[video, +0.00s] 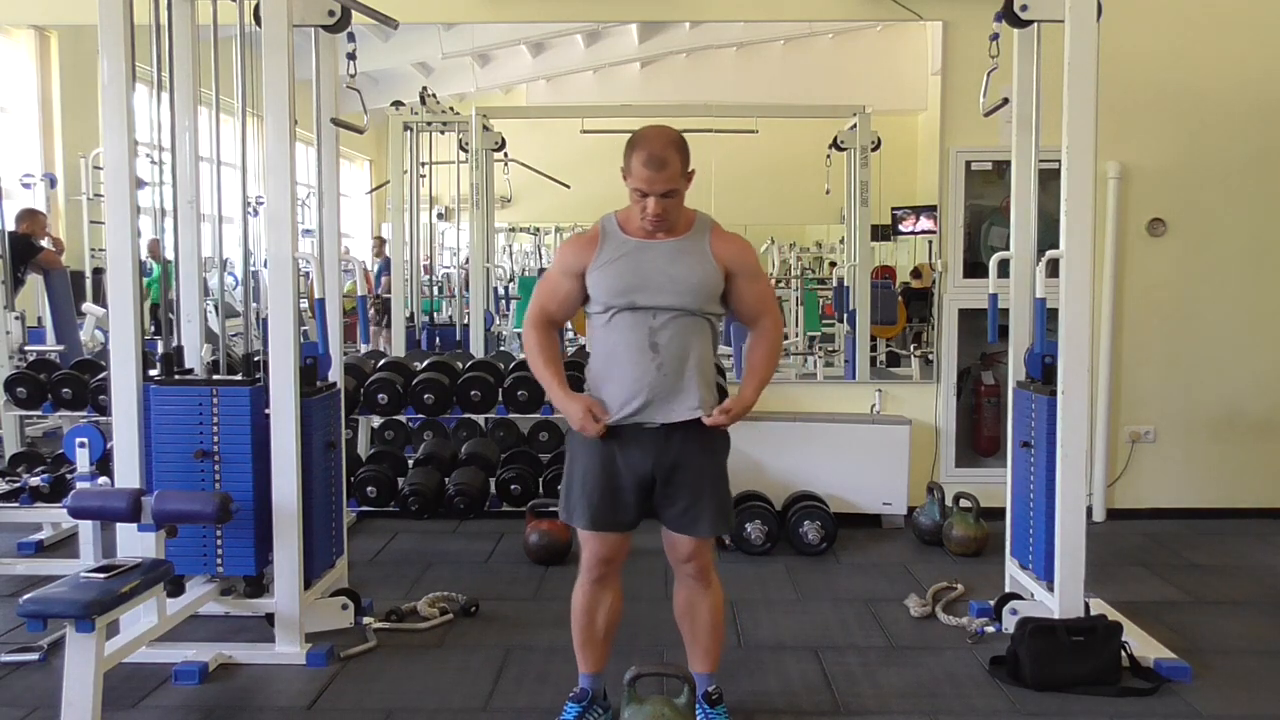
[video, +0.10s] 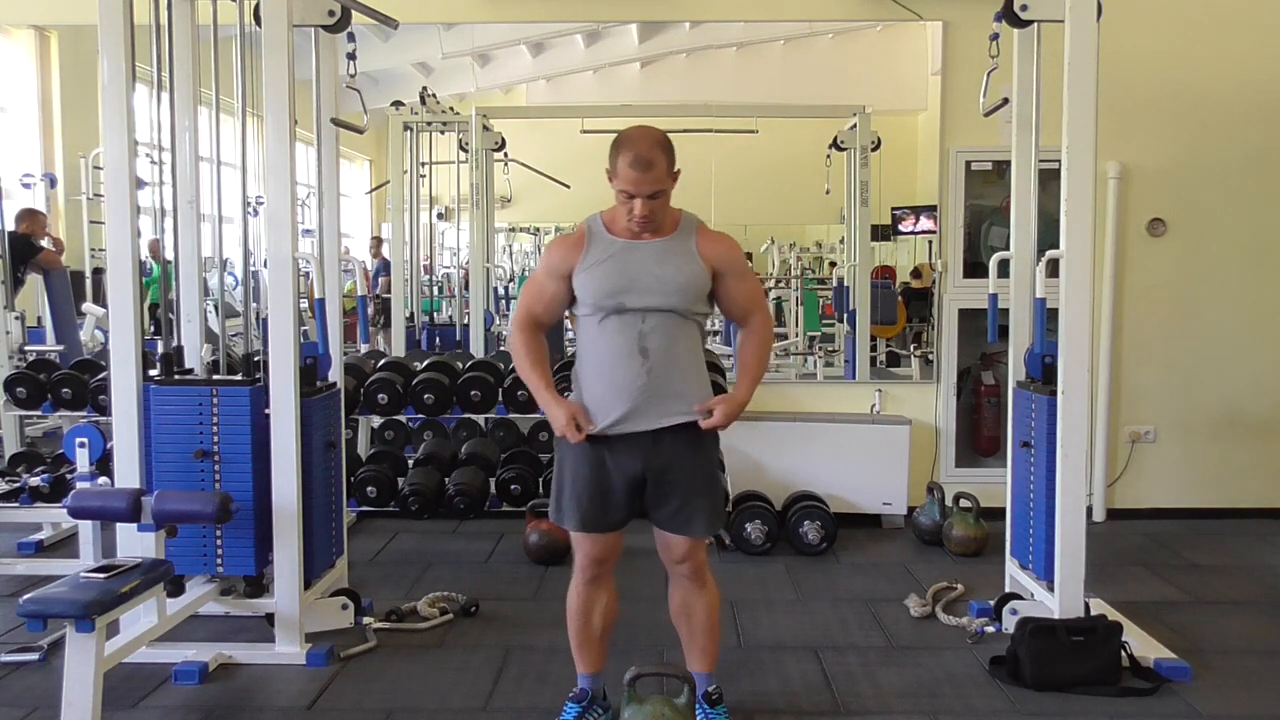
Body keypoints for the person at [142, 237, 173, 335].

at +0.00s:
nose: (150, 255)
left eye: (153, 252)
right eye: (149, 252)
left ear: (160, 250)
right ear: (147, 251)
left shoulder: (168, 265)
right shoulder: (153, 267)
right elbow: (148, 286)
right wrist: (141, 300)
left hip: (167, 303)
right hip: (155, 304)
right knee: (156, 334)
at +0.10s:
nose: (152, 255)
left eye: (155, 252)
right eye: (150, 252)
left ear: (161, 250)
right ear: (148, 252)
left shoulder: (170, 266)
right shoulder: (150, 267)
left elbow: (174, 284)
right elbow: (145, 287)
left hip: (168, 302)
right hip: (154, 303)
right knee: (156, 332)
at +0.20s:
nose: (154, 254)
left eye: (156, 251)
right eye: (152, 251)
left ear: (162, 250)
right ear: (149, 252)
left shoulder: (169, 265)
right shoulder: (150, 267)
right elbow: (144, 286)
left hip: (168, 301)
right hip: (154, 301)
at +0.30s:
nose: (155, 254)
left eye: (157, 250)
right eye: (152, 251)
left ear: (162, 250)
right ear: (150, 251)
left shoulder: (169, 266)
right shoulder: (149, 266)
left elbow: (171, 283)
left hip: (167, 301)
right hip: (152, 301)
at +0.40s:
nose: (156, 253)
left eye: (158, 250)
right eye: (154, 250)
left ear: (163, 249)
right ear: (151, 250)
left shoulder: (169, 265)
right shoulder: (150, 266)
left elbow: (171, 282)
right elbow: (145, 282)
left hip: (166, 300)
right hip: (152, 301)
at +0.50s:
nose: (158, 250)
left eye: (161, 246)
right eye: (156, 246)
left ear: (165, 248)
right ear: (153, 247)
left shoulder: (170, 265)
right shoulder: (151, 264)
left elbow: (172, 283)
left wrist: (172, 297)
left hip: (167, 299)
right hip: (152, 300)